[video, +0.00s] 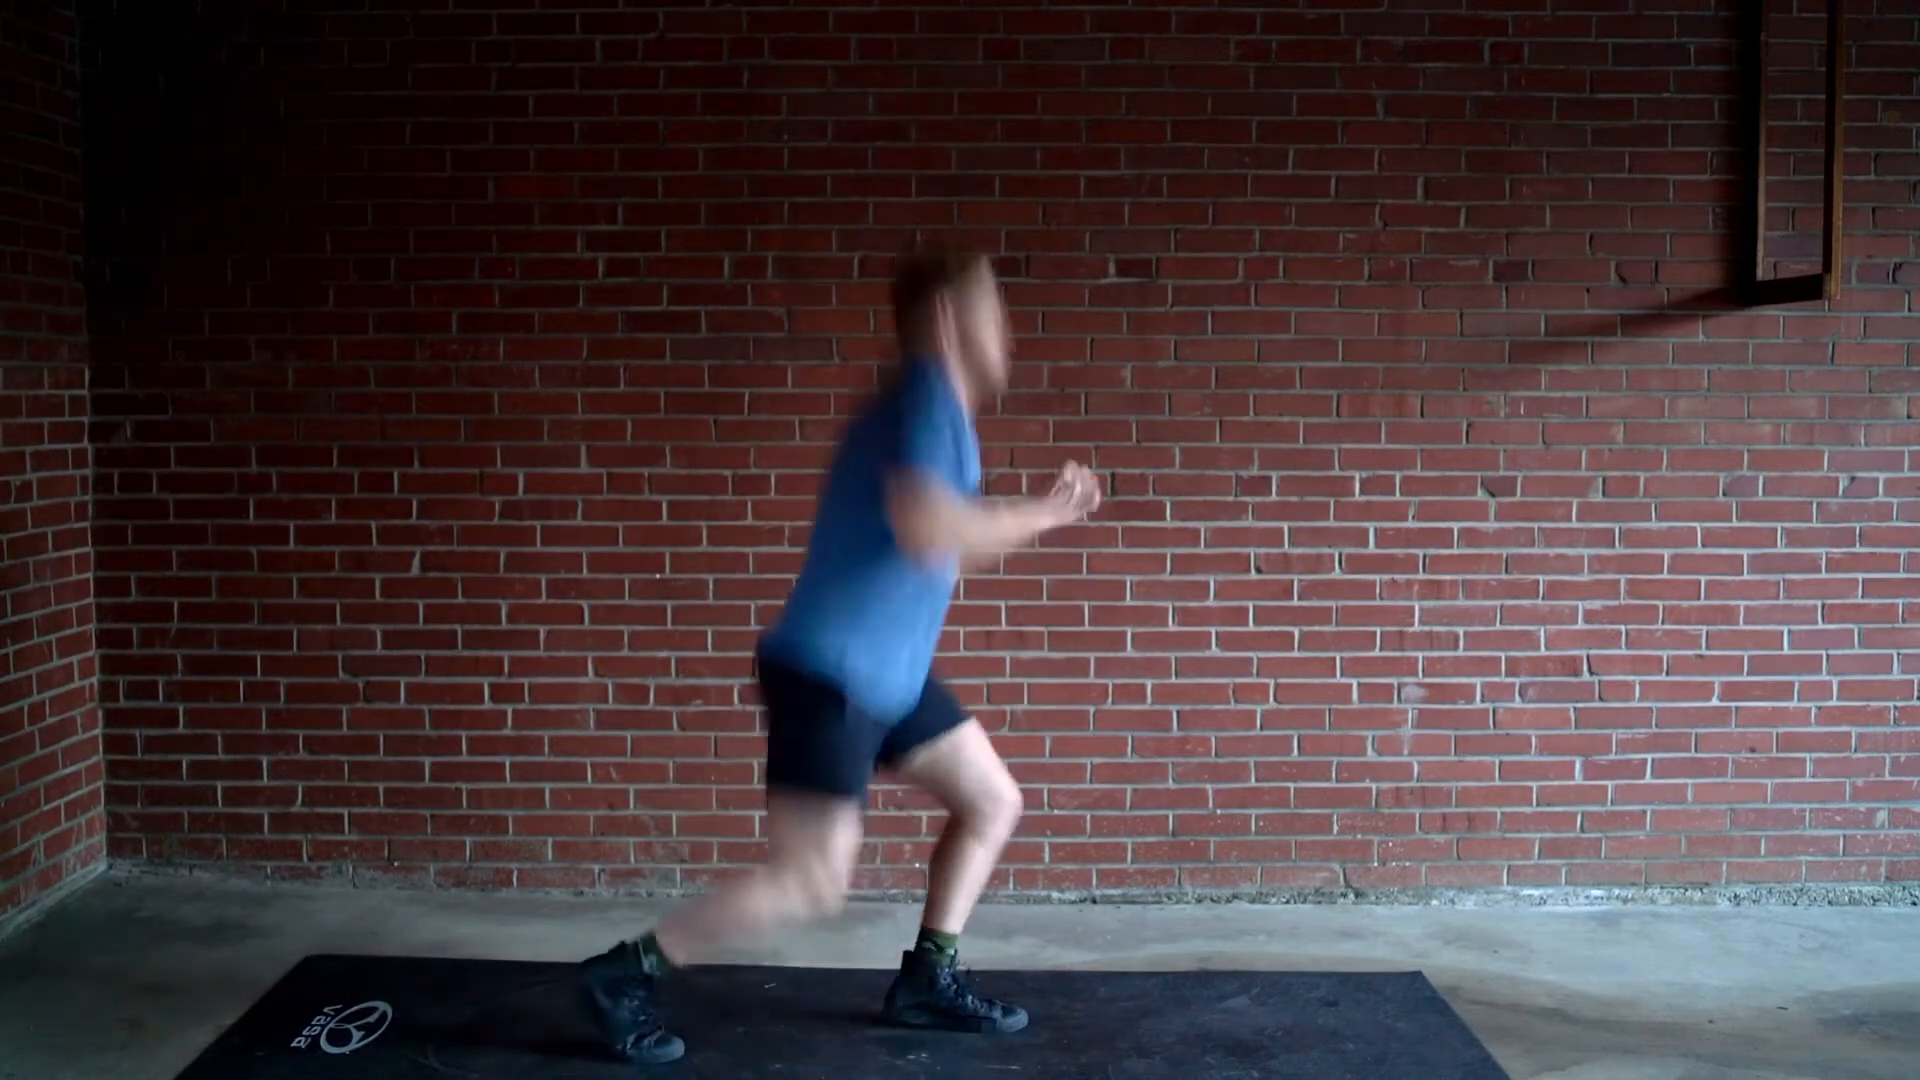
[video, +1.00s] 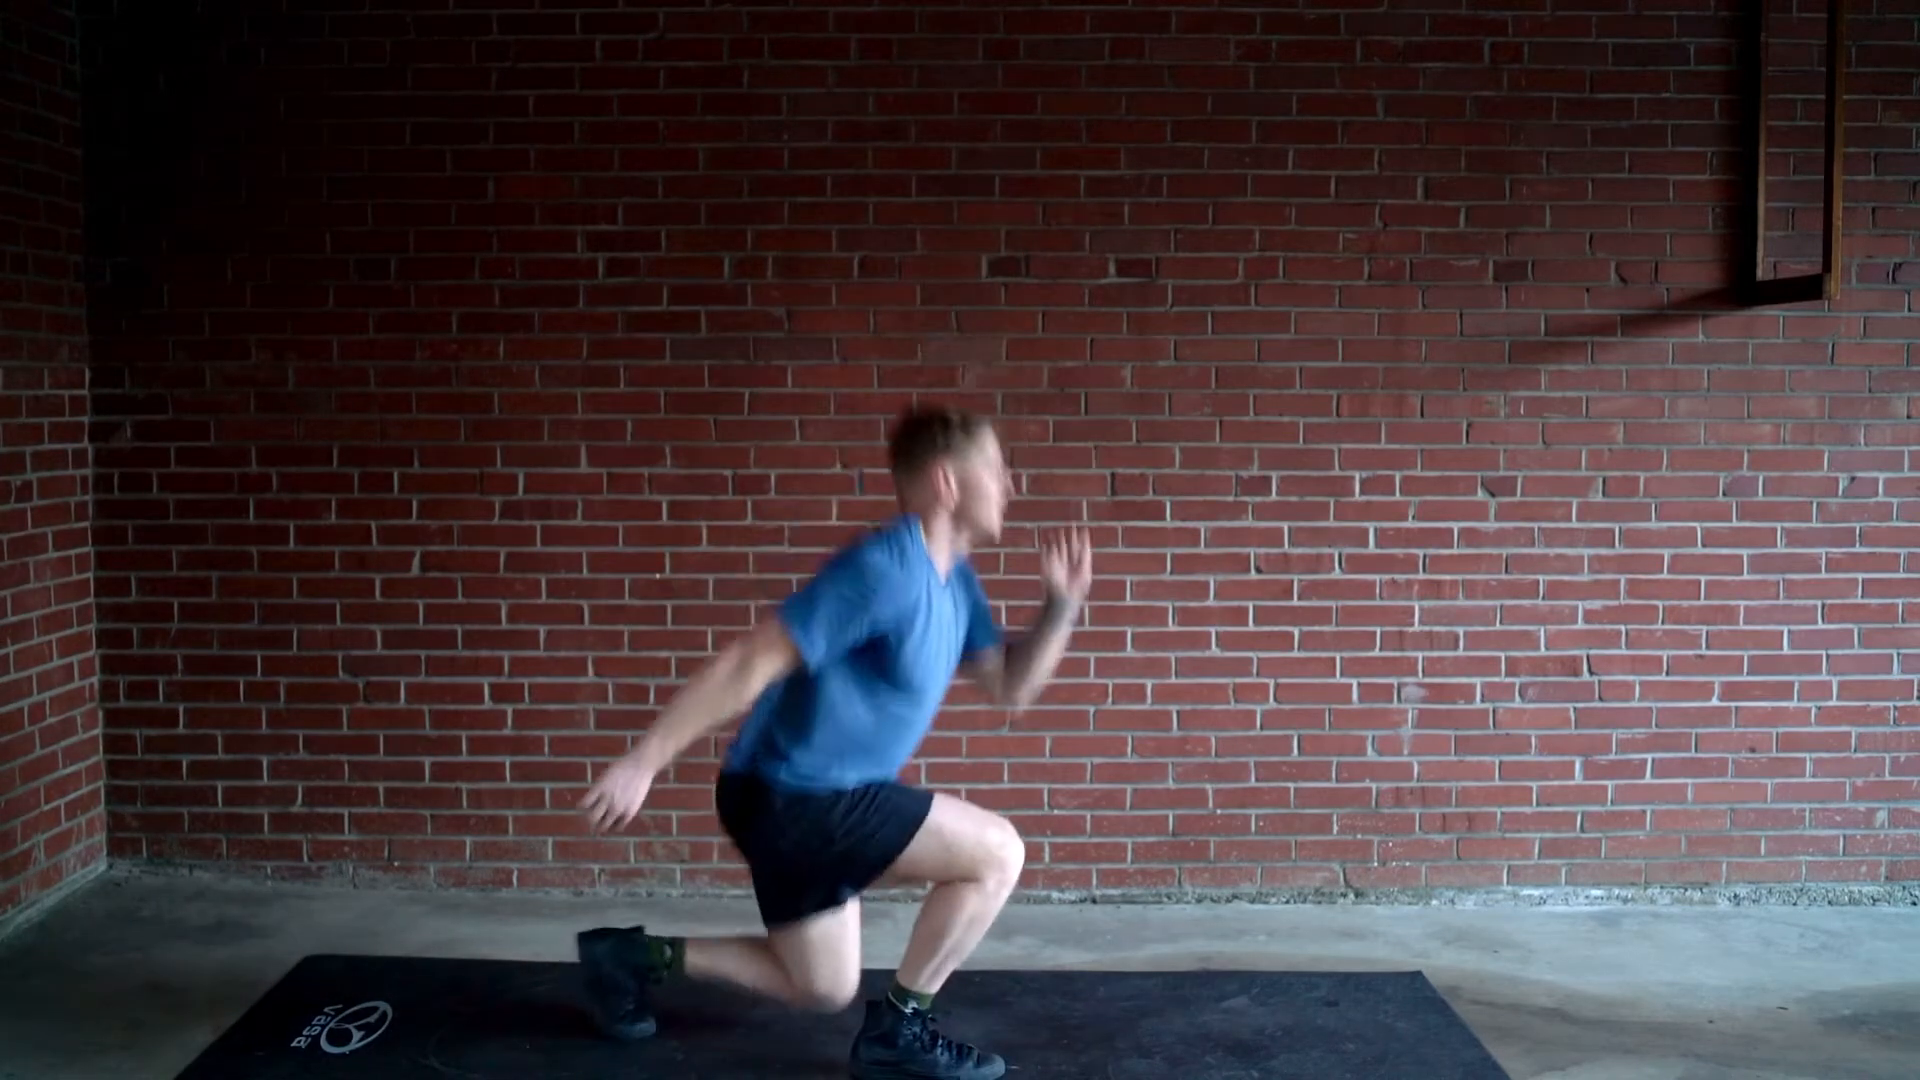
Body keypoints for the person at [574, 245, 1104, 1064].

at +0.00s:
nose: (1006, 327)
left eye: (1001, 307)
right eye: (990, 307)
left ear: (953, 316)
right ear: (944, 314)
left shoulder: (949, 410)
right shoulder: (921, 398)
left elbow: (939, 526)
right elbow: (925, 524)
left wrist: (1039, 507)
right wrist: (1046, 511)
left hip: (891, 670)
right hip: (826, 667)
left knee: (991, 801)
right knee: (812, 877)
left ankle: (928, 978)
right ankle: (624, 972)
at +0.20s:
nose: (984, 104)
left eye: (983, 86)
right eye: (972, 85)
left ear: (933, 91)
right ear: (922, 88)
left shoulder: (924, 191)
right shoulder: (886, 174)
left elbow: (962, 334)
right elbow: (806, 295)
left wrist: (1036, 257)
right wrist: (731, 413)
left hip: (898, 442)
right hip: (861, 442)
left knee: (887, 649)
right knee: (849, 657)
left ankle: (777, 834)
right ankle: (767, 849)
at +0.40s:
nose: (993, 140)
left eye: (992, 121)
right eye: (979, 120)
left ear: (952, 126)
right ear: (926, 120)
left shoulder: (952, 241)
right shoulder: (865, 208)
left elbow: (1027, 340)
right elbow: (731, 288)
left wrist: (1059, 243)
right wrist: (604, 364)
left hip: (879, 483)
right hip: (856, 483)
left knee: (789, 687)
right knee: (928, 702)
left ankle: (653, 822)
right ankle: (900, 908)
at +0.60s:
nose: (1009, 363)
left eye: (1008, 342)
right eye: (994, 343)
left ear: (985, 349)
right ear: (942, 348)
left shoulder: (968, 467)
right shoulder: (869, 445)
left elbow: (1035, 578)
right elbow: (734, 524)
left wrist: (1072, 481)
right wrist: (611, 603)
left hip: (867, 713)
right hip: (818, 710)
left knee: (806, 903)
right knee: (985, 850)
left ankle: (617, 949)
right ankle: (897, 1027)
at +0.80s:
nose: (1027, 520)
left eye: (1025, 503)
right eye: (1016, 502)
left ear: (970, 514)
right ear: (965, 512)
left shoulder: (963, 610)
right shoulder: (881, 596)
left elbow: (1006, 729)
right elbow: (747, 681)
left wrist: (1067, 661)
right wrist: (647, 791)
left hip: (829, 816)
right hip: (787, 821)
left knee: (827, 1001)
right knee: (995, 858)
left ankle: (645, 957)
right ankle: (896, 1029)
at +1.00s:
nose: (1010, 485)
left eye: (1006, 467)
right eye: (997, 467)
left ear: (951, 485)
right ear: (946, 481)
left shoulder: (954, 577)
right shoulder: (884, 568)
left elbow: (1010, 688)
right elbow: (751, 659)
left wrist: (1062, 607)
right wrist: (643, 761)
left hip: (826, 794)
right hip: (787, 797)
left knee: (824, 982)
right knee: (994, 854)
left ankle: (635, 956)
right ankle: (898, 1029)